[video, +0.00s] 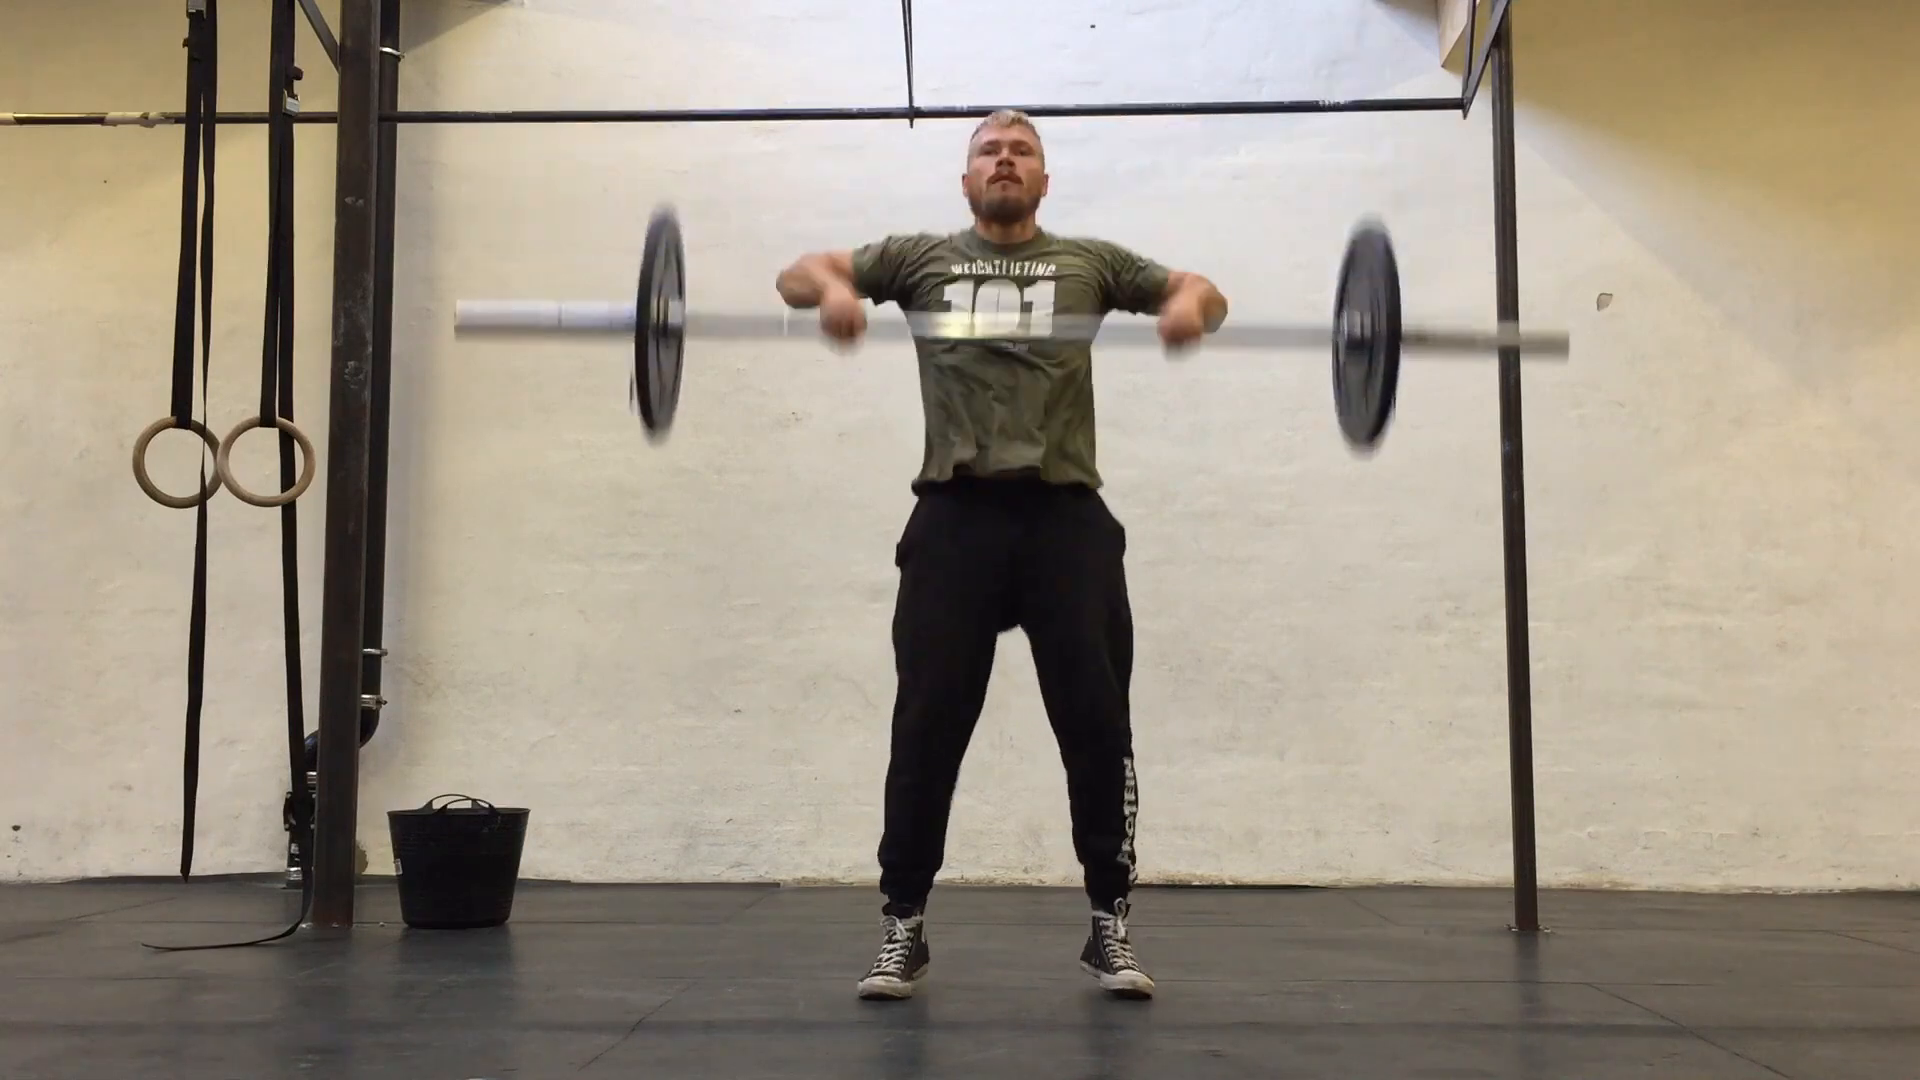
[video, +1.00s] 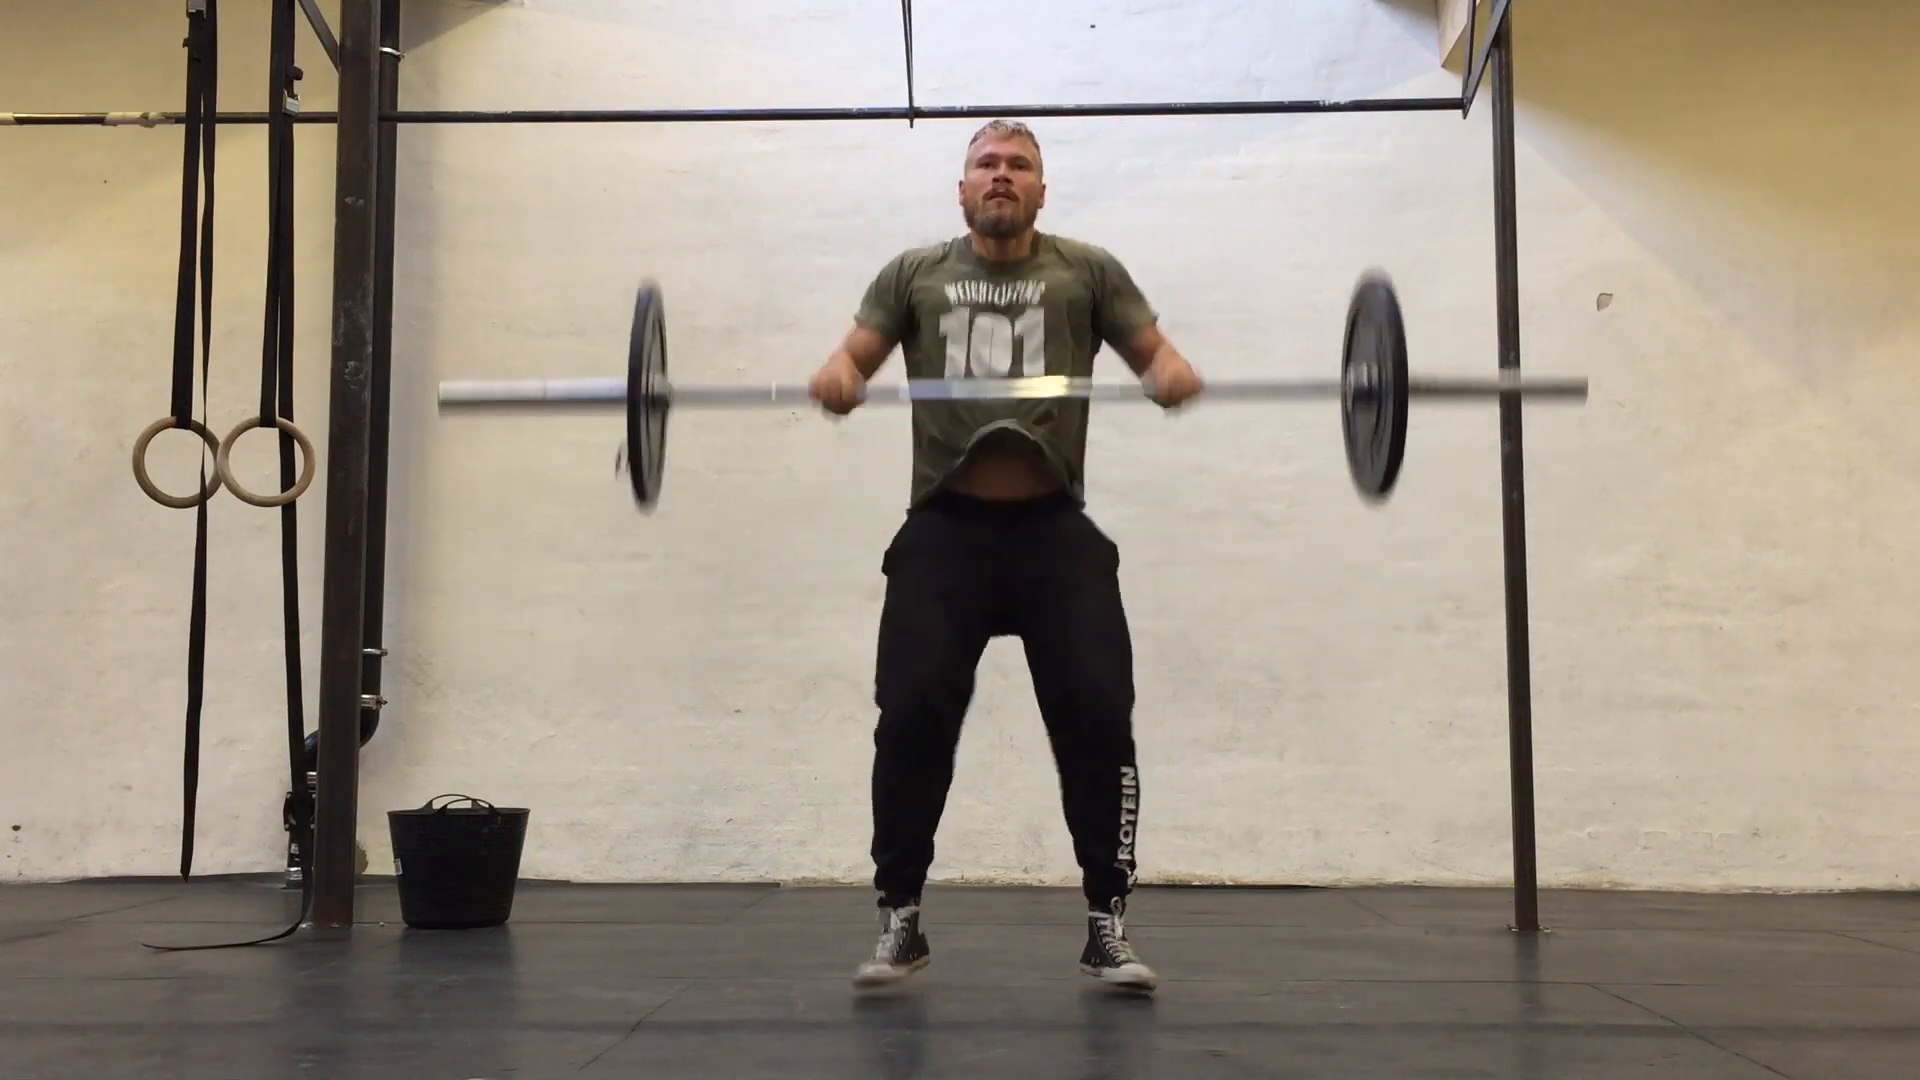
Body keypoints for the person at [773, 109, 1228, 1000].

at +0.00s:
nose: (1005, 159)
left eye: (1021, 150)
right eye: (988, 149)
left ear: (1045, 178)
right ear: (964, 179)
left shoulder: (1088, 263)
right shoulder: (921, 258)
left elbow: (1202, 293)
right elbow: (798, 274)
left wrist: (1188, 303)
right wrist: (834, 286)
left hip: (1067, 527)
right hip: (953, 527)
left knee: (1098, 729)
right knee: (925, 730)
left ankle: (1111, 928)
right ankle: (901, 930)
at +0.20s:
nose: (1007, 174)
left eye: (1023, 164)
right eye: (991, 163)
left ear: (1048, 194)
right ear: (964, 193)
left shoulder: (1096, 298)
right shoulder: (918, 301)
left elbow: (1170, 402)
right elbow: (844, 403)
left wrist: (1179, 524)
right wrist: (843, 514)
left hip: (1074, 567)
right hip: (951, 568)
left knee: (1110, 750)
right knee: (918, 752)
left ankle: (1106, 936)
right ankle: (904, 938)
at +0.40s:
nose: (1005, 226)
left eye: (1022, 216)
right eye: (989, 215)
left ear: (1048, 250)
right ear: (963, 249)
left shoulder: (1102, 364)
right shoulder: (911, 361)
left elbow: (1146, 488)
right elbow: (870, 486)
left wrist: (1173, 613)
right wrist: (845, 613)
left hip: (1066, 582)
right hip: (942, 582)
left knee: (1111, 740)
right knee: (904, 738)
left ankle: (1107, 938)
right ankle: (900, 938)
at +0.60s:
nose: (1002, 230)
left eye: (1019, 220)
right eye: (985, 219)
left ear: (1046, 252)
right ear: (960, 252)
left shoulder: (1100, 365)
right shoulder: (909, 364)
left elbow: (1143, 488)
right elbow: (868, 487)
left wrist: (1172, 613)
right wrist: (843, 614)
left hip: (1063, 576)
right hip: (940, 577)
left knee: (1103, 737)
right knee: (907, 736)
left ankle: (1106, 936)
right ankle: (900, 936)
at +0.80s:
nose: (998, 179)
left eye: (1015, 169)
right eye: (983, 169)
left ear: (1043, 197)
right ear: (960, 198)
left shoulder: (1096, 304)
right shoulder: (912, 305)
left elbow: (1145, 419)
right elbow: (865, 420)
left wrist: (1168, 534)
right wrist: (839, 536)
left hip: (1065, 570)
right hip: (937, 570)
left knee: (1109, 742)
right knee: (901, 742)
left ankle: (1102, 939)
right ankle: (904, 941)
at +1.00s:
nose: (1001, 175)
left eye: (1018, 164)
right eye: (986, 163)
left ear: (1042, 187)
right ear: (961, 186)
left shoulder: (1087, 272)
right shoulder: (915, 275)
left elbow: (1156, 360)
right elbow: (851, 362)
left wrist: (1174, 376)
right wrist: (835, 379)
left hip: (1056, 536)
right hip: (945, 536)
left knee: (1098, 722)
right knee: (910, 719)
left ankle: (1108, 927)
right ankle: (900, 922)